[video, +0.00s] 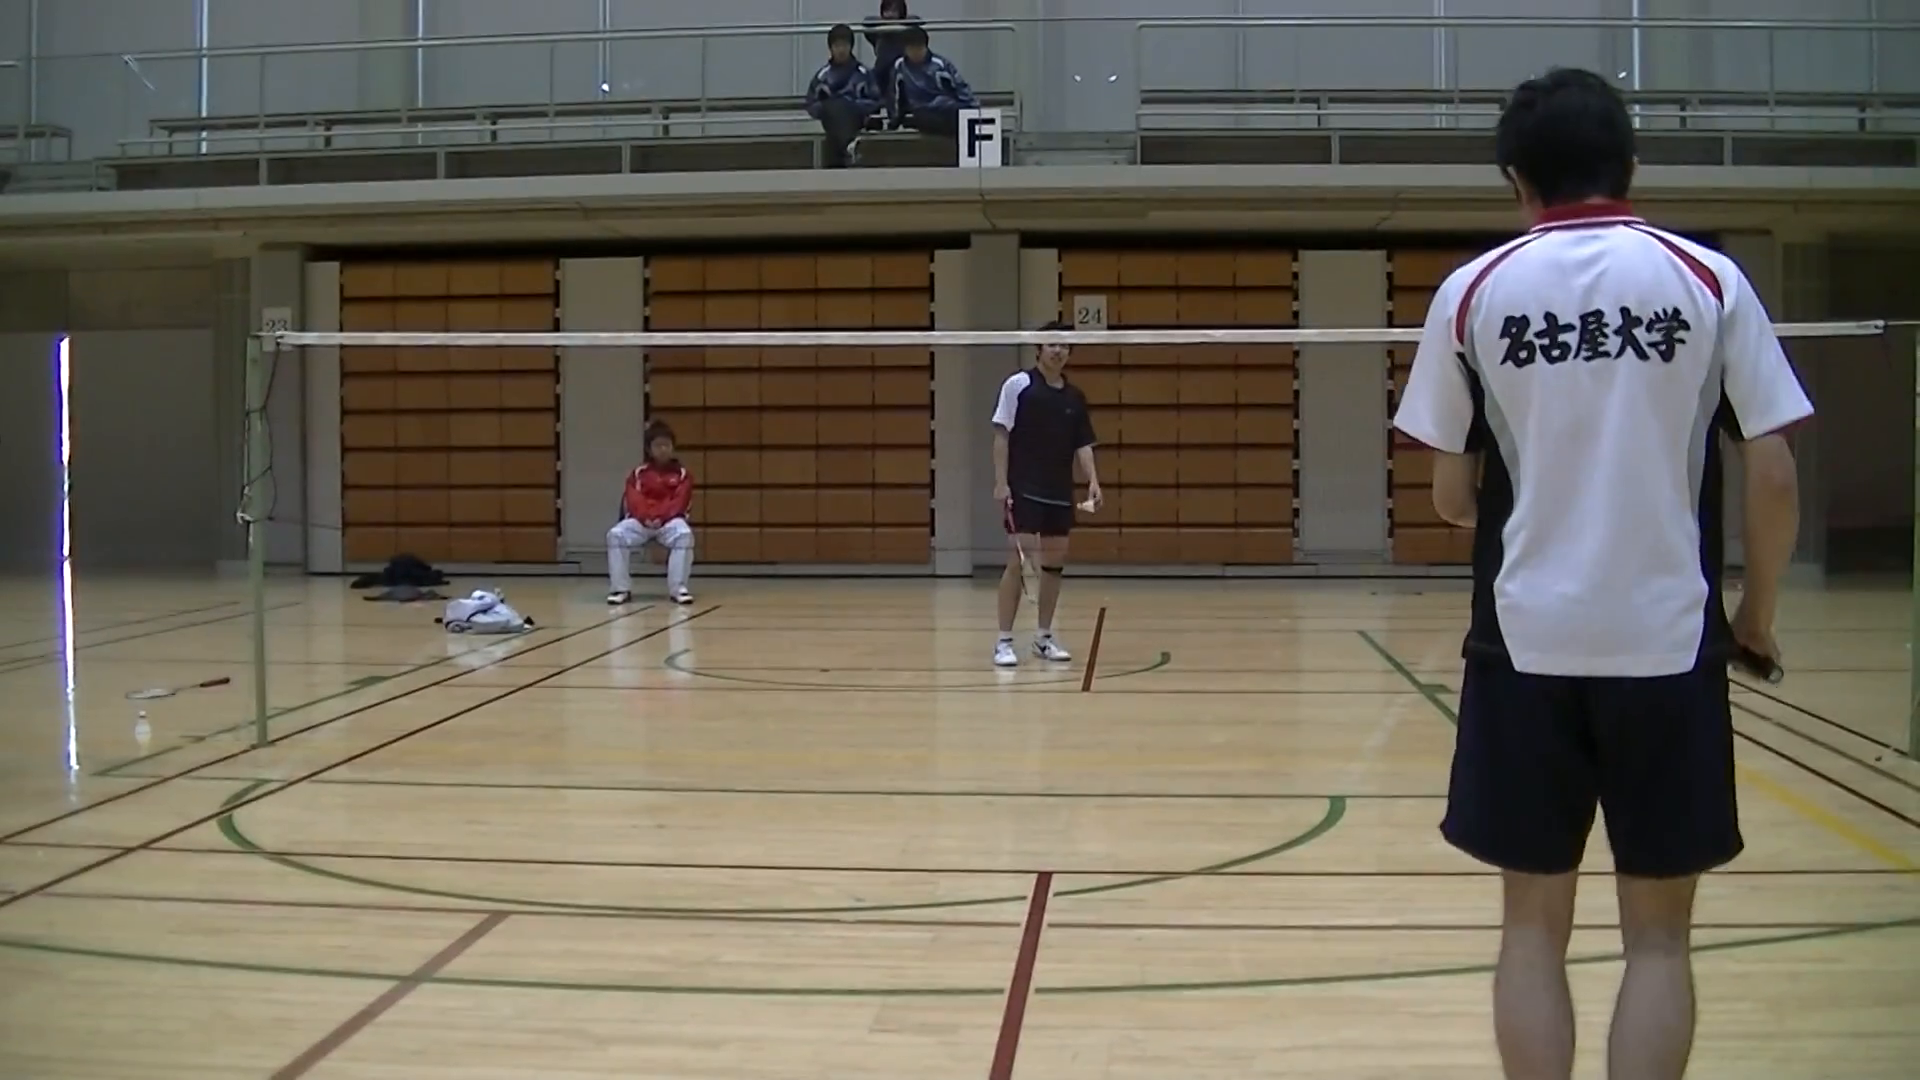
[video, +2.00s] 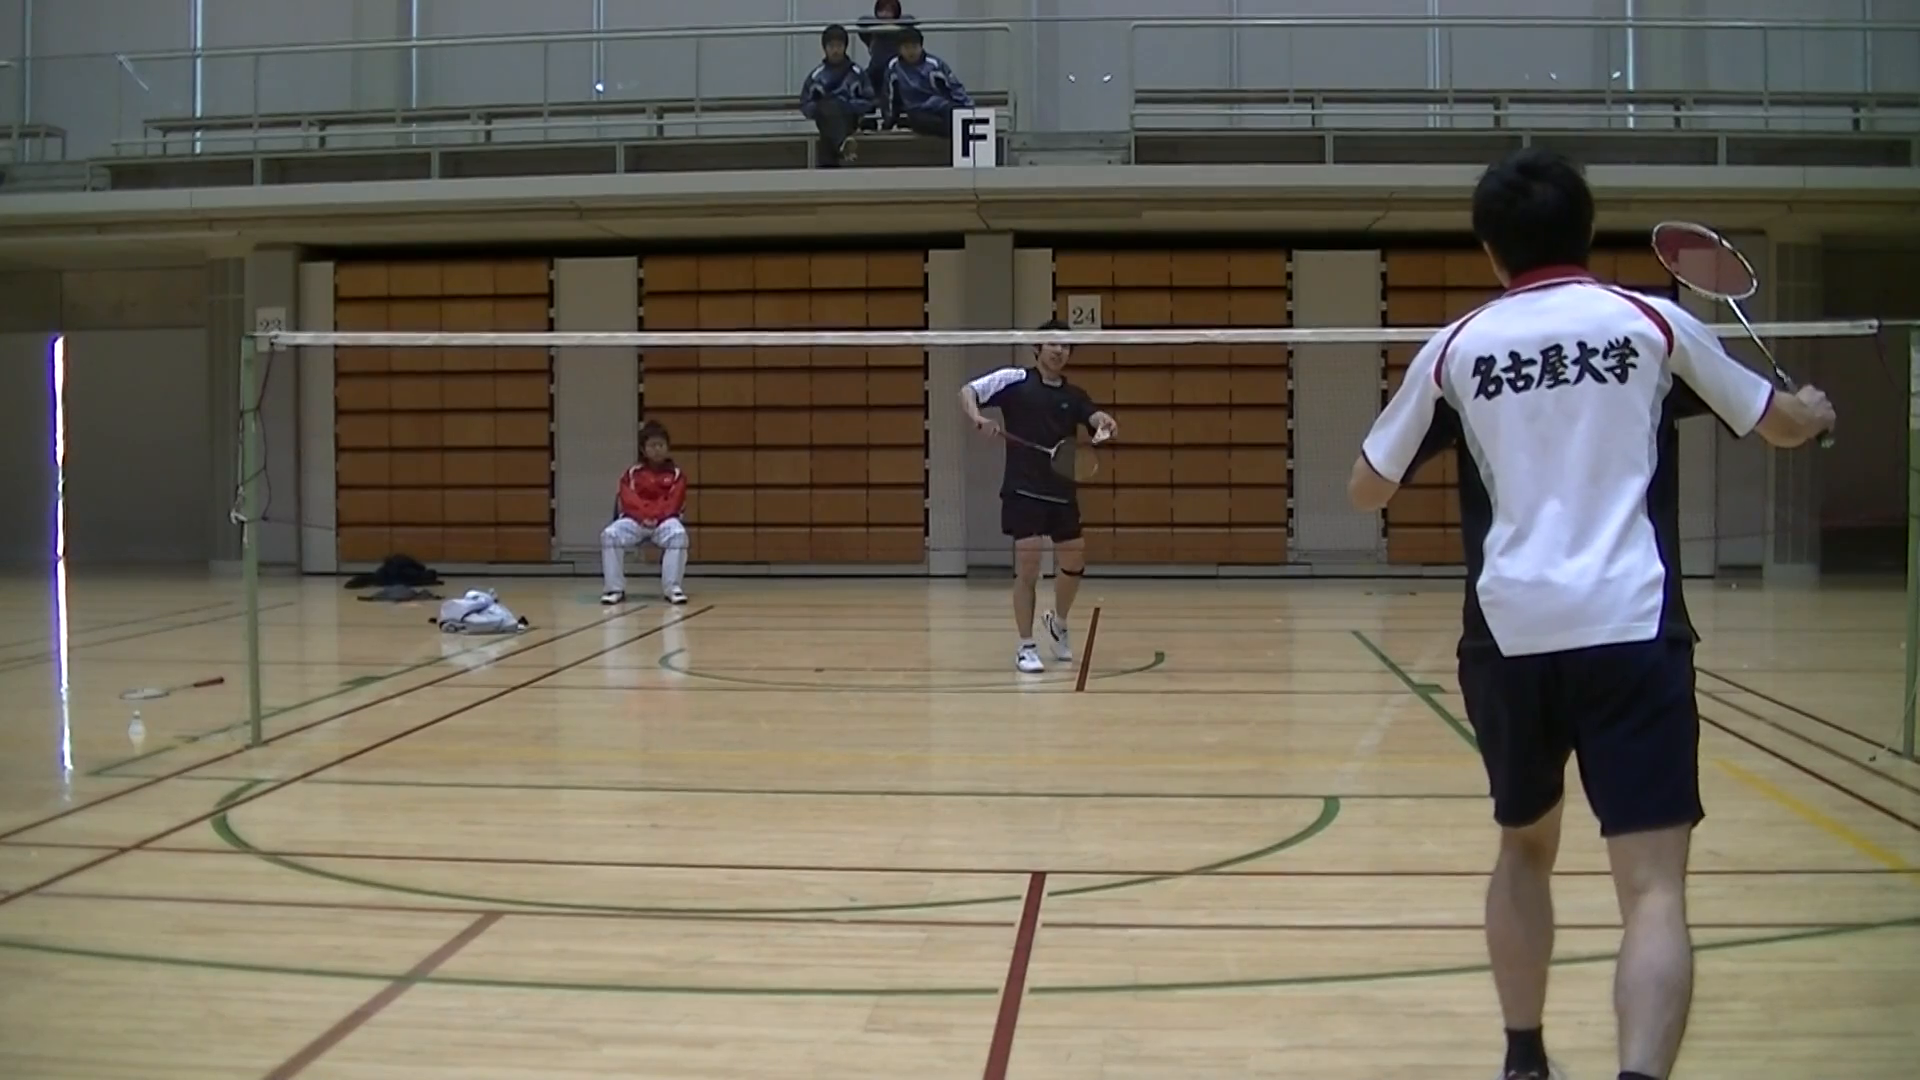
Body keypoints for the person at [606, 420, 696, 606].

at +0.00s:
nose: (663, 450)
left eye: (667, 445)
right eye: (658, 446)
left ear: (672, 448)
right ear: (649, 449)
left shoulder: (682, 474)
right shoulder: (638, 473)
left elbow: (680, 502)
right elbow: (633, 499)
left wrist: (662, 517)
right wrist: (644, 516)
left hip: (669, 520)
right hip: (641, 519)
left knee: (684, 536)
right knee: (616, 536)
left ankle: (678, 588)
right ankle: (621, 590)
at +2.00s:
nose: (657, 450)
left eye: (661, 445)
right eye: (652, 445)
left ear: (667, 447)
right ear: (643, 449)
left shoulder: (676, 475)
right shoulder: (632, 473)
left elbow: (673, 504)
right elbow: (627, 500)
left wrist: (655, 517)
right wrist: (644, 515)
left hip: (664, 520)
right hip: (635, 520)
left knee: (678, 536)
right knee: (610, 535)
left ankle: (673, 587)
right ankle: (615, 589)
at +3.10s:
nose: (664, 449)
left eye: (669, 444)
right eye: (659, 445)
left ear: (676, 447)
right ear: (651, 449)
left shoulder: (683, 475)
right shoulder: (640, 473)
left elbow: (680, 505)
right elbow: (635, 500)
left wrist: (660, 516)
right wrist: (652, 515)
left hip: (671, 519)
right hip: (643, 519)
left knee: (687, 534)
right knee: (618, 535)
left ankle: (682, 587)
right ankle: (622, 589)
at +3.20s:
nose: (697, 449)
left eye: (702, 444)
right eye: (692, 444)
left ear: (708, 447)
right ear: (683, 449)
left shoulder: (716, 475)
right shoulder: (673, 473)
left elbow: (713, 506)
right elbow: (668, 503)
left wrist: (691, 515)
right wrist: (684, 517)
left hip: (704, 520)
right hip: (676, 520)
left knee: (718, 534)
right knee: (651, 534)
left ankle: (714, 587)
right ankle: (654, 589)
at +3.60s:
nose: (674, 448)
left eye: (678, 443)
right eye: (668, 443)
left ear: (684, 445)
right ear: (659, 448)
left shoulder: (691, 473)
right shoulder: (648, 471)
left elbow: (689, 502)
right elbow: (643, 498)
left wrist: (671, 516)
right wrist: (661, 513)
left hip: (680, 518)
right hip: (651, 518)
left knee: (695, 534)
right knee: (627, 533)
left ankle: (688, 585)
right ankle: (631, 588)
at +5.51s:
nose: (656, 450)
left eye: (660, 445)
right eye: (651, 446)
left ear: (666, 448)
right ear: (642, 450)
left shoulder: (675, 476)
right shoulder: (631, 474)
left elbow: (672, 504)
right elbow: (626, 500)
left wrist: (654, 518)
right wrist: (642, 517)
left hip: (662, 521)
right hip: (633, 521)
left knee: (677, 536)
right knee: (609, 536)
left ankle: (671, 588)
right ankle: (614, 590)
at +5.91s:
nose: (656, 449)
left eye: (660, 444)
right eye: (651, 445)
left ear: (666, 447)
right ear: (642, 449)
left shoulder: (674, 474)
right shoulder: (631, 473)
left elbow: (672, 503)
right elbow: (626, 499)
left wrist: (655, 517)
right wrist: (641, 516)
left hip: (662, 520)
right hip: (633, 520)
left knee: (677, 536)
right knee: (609, 535)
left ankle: (671, 587)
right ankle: (613, 589)